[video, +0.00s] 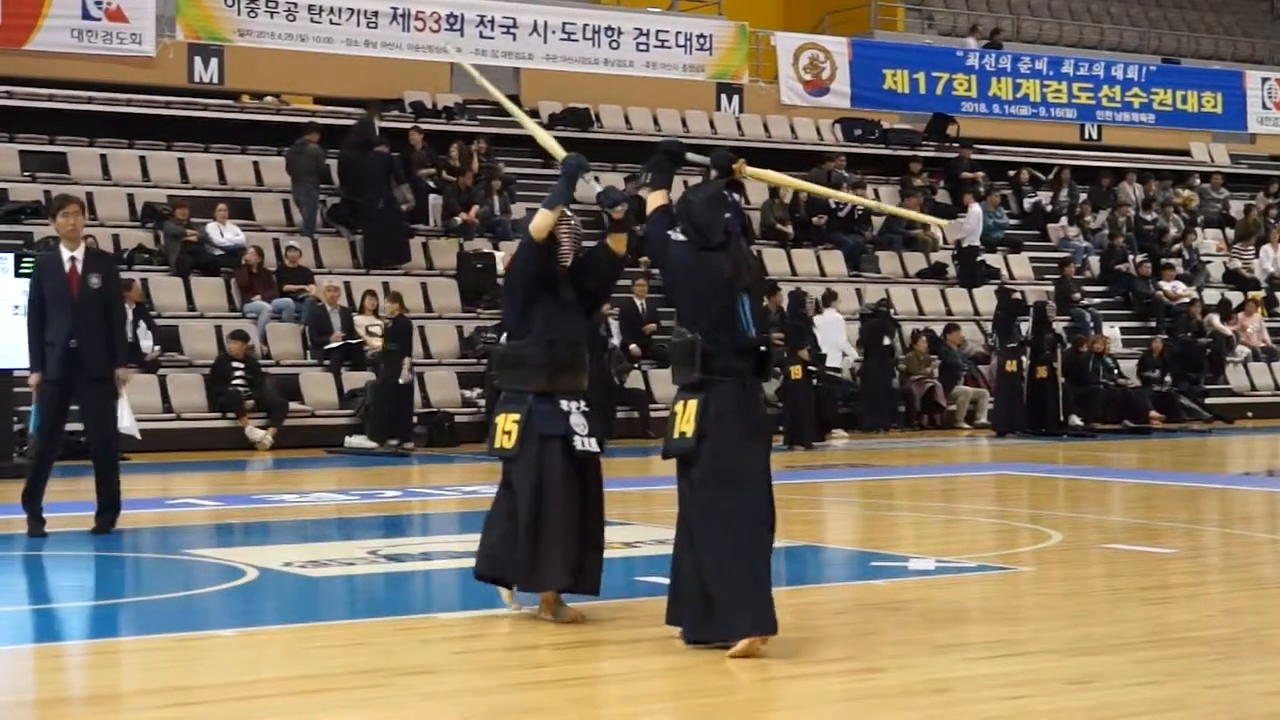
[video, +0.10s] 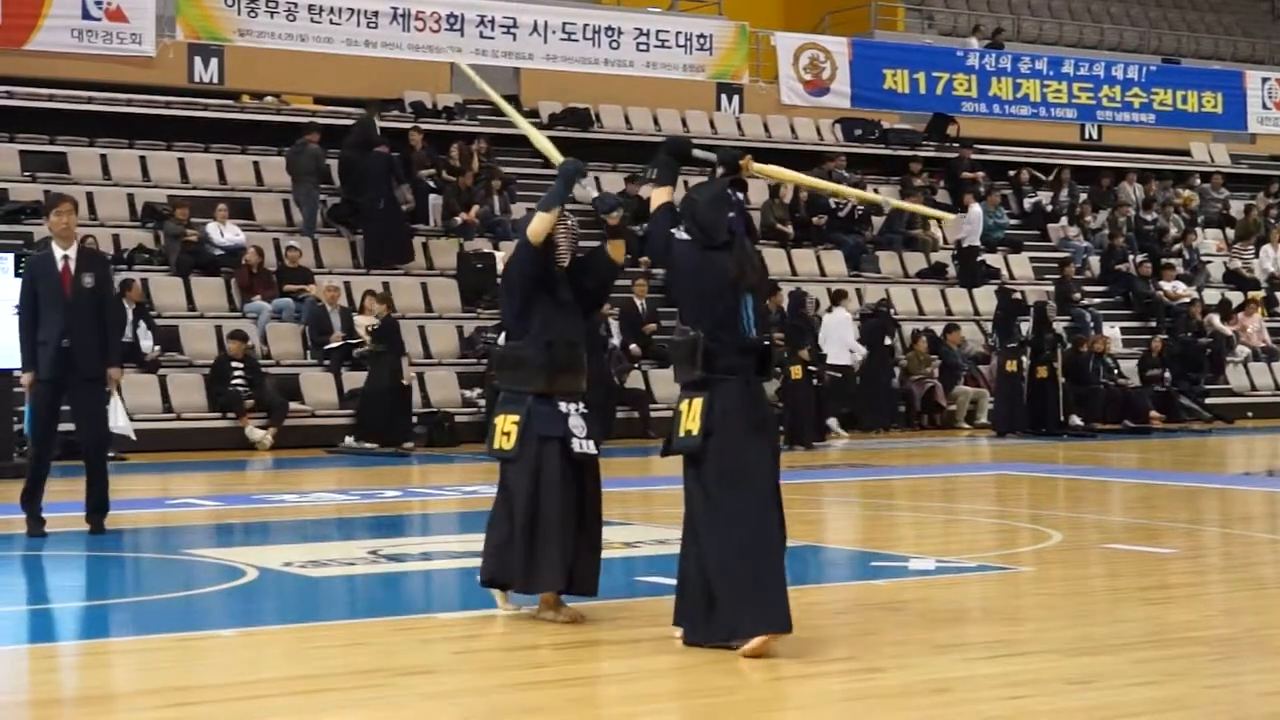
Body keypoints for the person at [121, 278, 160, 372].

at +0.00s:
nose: (140, 293)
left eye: (139, 290)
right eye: (136, 290)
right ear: (125, 293)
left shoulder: (140, 308)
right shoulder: (117, 309)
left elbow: (153, 327)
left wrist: (156, 348)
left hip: (137, 346)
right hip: (121, 346)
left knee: (153, 363)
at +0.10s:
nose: (140, 292)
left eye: (139, 289)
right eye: (136, 290)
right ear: (127, 293)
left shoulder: (140, 307)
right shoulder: (114, 306)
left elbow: (153, 327)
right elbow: (110, 328)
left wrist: (156, 348)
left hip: (135, 344)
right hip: (118, 344)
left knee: (153, 363)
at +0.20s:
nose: (141, 292)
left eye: (140, 289)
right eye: (137, 289)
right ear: (128, 293)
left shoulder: (141, 307)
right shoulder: (115, 307)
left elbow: (153, 327)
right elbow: (109, 329)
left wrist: (157, 348)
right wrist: (110, 347)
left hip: (134, 344)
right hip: (117, 345)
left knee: (153, 364)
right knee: (115, 364)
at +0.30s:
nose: (141, 292)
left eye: (141, 289)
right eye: (138, 289)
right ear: (128, 293)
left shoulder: (141, 307)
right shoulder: (114, 306)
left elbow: (153, 327)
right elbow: (107, 328)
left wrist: (157, 347)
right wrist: (109, 347)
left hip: (135, 344)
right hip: (117, 345)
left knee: (153, 363)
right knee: (117, 364)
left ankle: (148, 397)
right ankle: (116, 398)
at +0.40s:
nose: (141, 291)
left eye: (141, 288)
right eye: (138, 289)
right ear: (128, 292)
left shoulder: (141, 306)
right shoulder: (114, 306)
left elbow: (154, 327)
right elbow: (107, 327)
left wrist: (158, 347)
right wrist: (107, 347)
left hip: (135, 344)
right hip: (117, 345)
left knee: (153, 362)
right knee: (117, 362)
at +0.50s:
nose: (142, 292)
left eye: (142, 288)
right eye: (139, 289)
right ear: (129, 292)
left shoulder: (142, 306)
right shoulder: (115, 306)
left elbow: (154, 327)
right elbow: (107, 328)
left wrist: (157, 347)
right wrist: (108, 347)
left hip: (136, 344)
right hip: (118, 344)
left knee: (154, 362)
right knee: (118, 361)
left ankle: (149, 396)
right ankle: (117, 396)